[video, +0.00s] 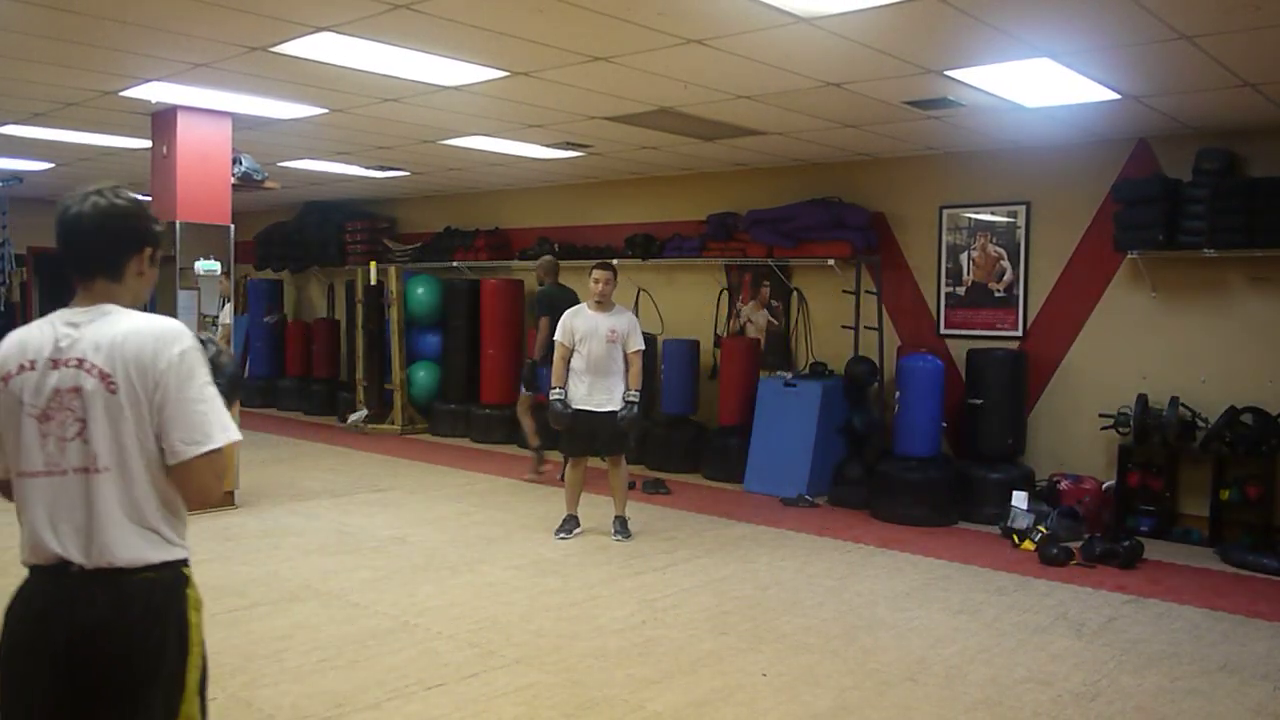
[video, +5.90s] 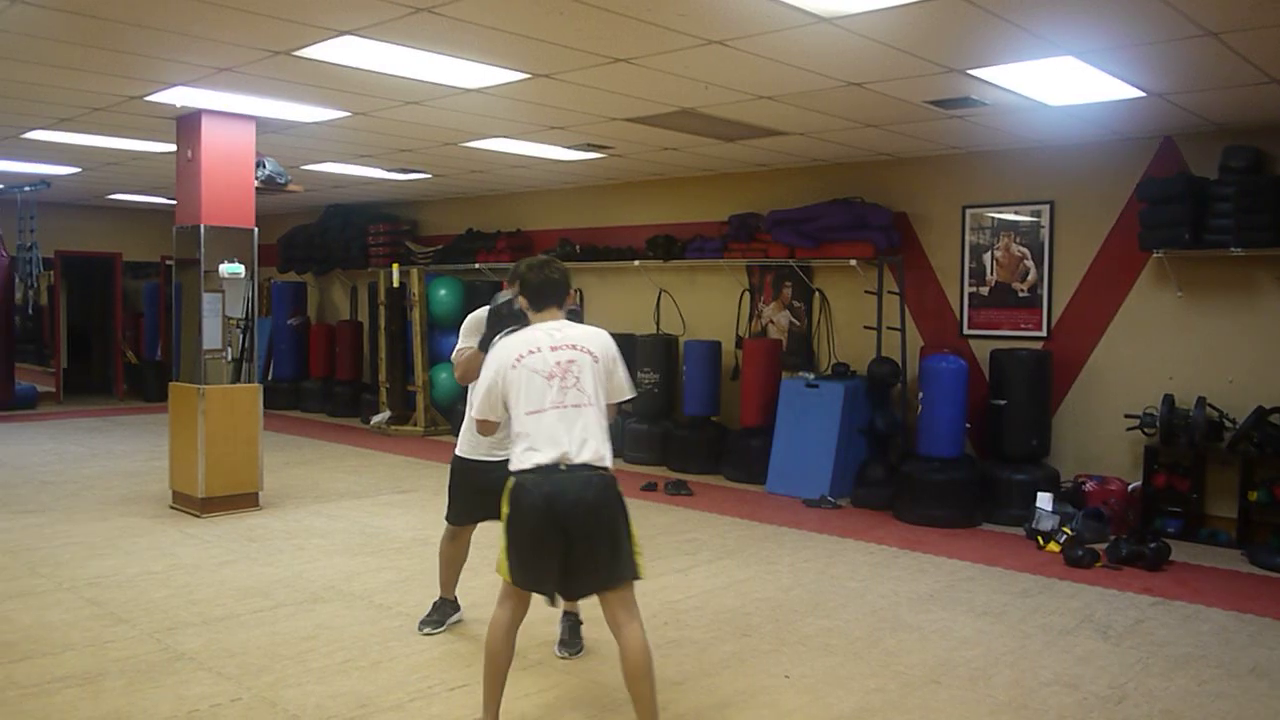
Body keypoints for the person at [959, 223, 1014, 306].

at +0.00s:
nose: (983, 241)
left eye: (986, 236)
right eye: (980, 236)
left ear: (990, 237)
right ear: (975, 237)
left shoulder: (999, 252)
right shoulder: (971, 252)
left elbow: (1009, 272)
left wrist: (1001, 286)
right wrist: (967, 277)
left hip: (990, 288)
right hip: (974, 287)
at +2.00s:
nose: (982, 240)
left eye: (985, 237)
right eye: (979, 237)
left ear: (990, 237)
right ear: (975, 237)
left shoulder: (998, 252)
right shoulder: (971, 252)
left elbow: (1009, 272)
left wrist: (1000, 286)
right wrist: (965, 279)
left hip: (990, 288)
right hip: (974, 287)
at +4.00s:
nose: (983, 241)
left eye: (985, 237)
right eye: (979, 237)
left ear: (990, 237)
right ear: (975, 237)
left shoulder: (998, 252)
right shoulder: (971, 253)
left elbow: (1009, 272)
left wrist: (1000, 286)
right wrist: (966, 279)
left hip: (992, 288)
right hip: (975, 287)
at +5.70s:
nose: (987, 242)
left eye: (990, 238)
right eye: (983, 238)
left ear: (995, 238)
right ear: (979, 238)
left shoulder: (1003, 254)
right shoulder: (975, 254)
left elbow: (1014, 273)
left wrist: (1005, 287)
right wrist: (971, 280)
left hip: (995, 289)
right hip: (979, 288)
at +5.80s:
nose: (995, 240)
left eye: (999, 236)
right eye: (992, 236)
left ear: (1004, 237)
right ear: (988, 237)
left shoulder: (1012, 252)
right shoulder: (985, 251)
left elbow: (1023, 272)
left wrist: (1015, 286)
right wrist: (979, 278)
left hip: (1004, 288)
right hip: (988, 287)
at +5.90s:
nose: (1006, 240)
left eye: (1009, 236)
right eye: (1003, 236)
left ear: (1014, 237)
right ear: (999, 237)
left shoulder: (1022, 252)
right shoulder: (994, 253)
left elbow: (1033, 272)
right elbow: (991, 269)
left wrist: (1025, 286)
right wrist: (990, 279)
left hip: (1014, 287)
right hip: (998, 286)